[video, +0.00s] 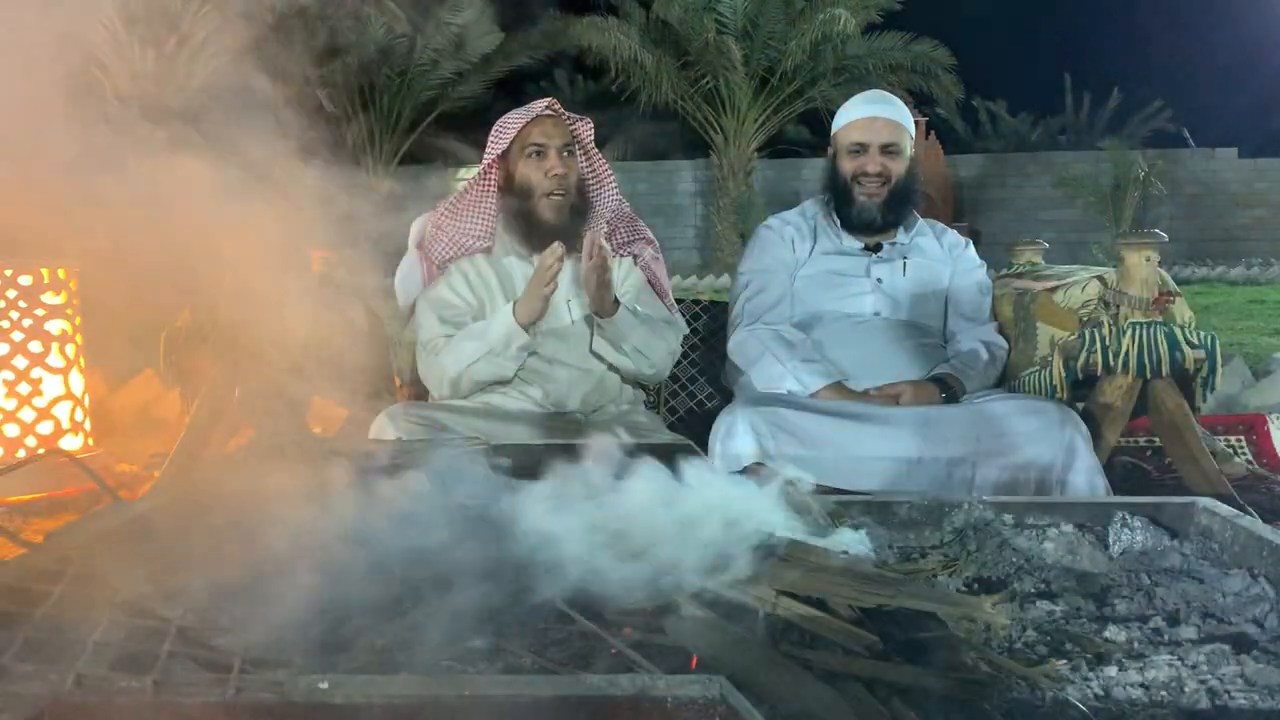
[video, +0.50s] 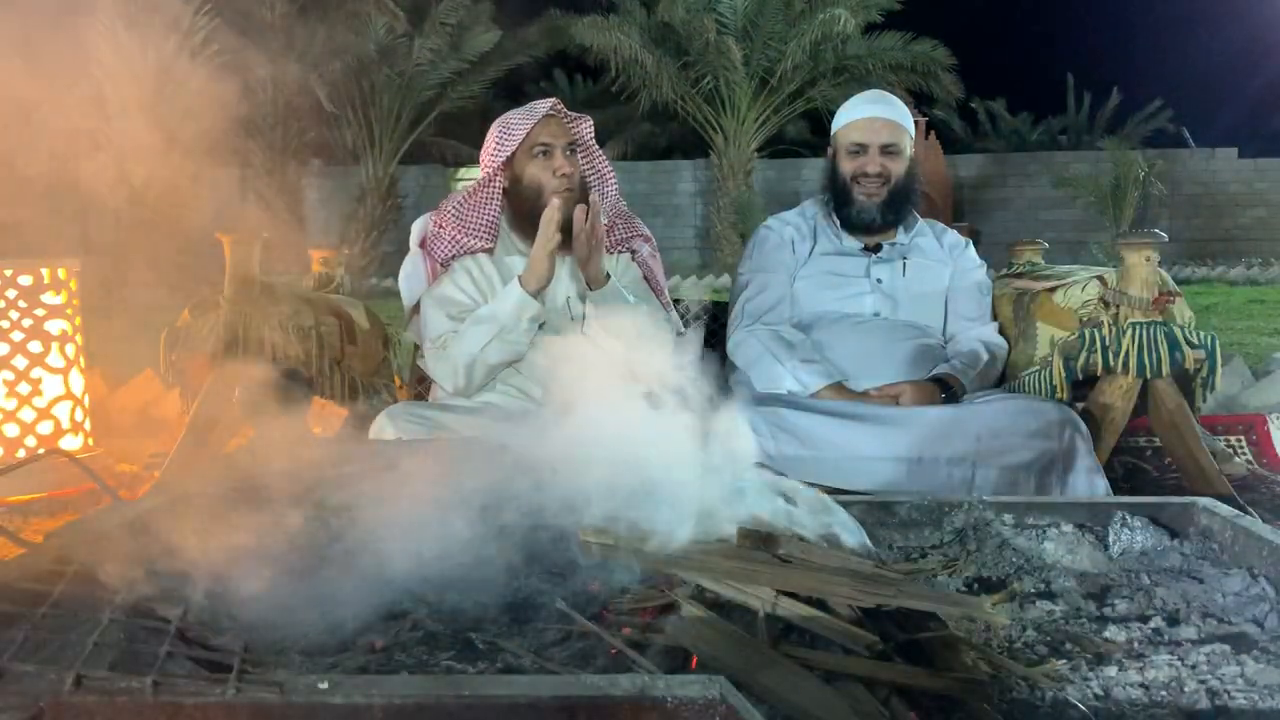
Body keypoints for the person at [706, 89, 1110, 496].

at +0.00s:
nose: (873, 167)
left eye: (889, 152)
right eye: (856, 151)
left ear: (912, 161)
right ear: (833, 159)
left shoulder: (951, 248)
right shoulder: (783, 236)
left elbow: (981, 344)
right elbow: (755, 341)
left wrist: (939, 387)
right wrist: (835, 397)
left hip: (936, 420)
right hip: (823, 417)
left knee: (1054, 427)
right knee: (741, 426)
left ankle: (1086, 587)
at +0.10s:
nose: (872, 167)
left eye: (889, 152)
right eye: (856, 151)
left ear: (912, 161)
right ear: (833, 159)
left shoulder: (951, 248)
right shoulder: (783, 236)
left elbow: (981, 343)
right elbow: (754, 341)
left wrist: (937, 388)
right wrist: (834, 396)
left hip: (937, 419)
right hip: (823, 416)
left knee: (1053, 427)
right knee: (742, 428)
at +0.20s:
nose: (872, 167)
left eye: (889, 152)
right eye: (856, 151)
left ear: (912, 162)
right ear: (832, 158)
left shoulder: (951, 248)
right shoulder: (784, 236)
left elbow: (981, 344)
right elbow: (753, 341)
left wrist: (938, 388)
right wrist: (834, 397)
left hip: (936, 419)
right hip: (822, 417)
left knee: (1055, 427)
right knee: (740, 426)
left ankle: (1093, 582)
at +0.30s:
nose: (872, 167)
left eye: (889, 152)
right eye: (856, 151)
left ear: (912, 162)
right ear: (832, 159)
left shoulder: (951, 249)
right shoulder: (785, 236)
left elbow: (981, 344)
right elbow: (754, 340)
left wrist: (939, 388)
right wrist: (835, 397)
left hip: (936, 420)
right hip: (821, 416)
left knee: (1057, 427)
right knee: (741, 427)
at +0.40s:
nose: (871, 167)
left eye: (889, 152)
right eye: (855, 151)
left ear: (912, 162)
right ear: (832, 158)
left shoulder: (952, 249)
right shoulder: (784, 236)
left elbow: (981, 343)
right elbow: (754, 339)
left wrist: (939, 388)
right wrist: (834, 397)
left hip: (934, 419)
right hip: (819, 416)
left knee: (1056, 426)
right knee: (737, 430)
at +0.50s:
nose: (871, 168)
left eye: (889, 152)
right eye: (856, 151)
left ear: (911, 162)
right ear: (832, 155)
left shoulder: (952, 249)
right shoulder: (784, 236)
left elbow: (980, 344)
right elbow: (755, 335)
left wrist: (937, 389)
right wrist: (837, 398)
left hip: (934, 419)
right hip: (817, 415)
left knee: (1055, 426)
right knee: (736, 428)